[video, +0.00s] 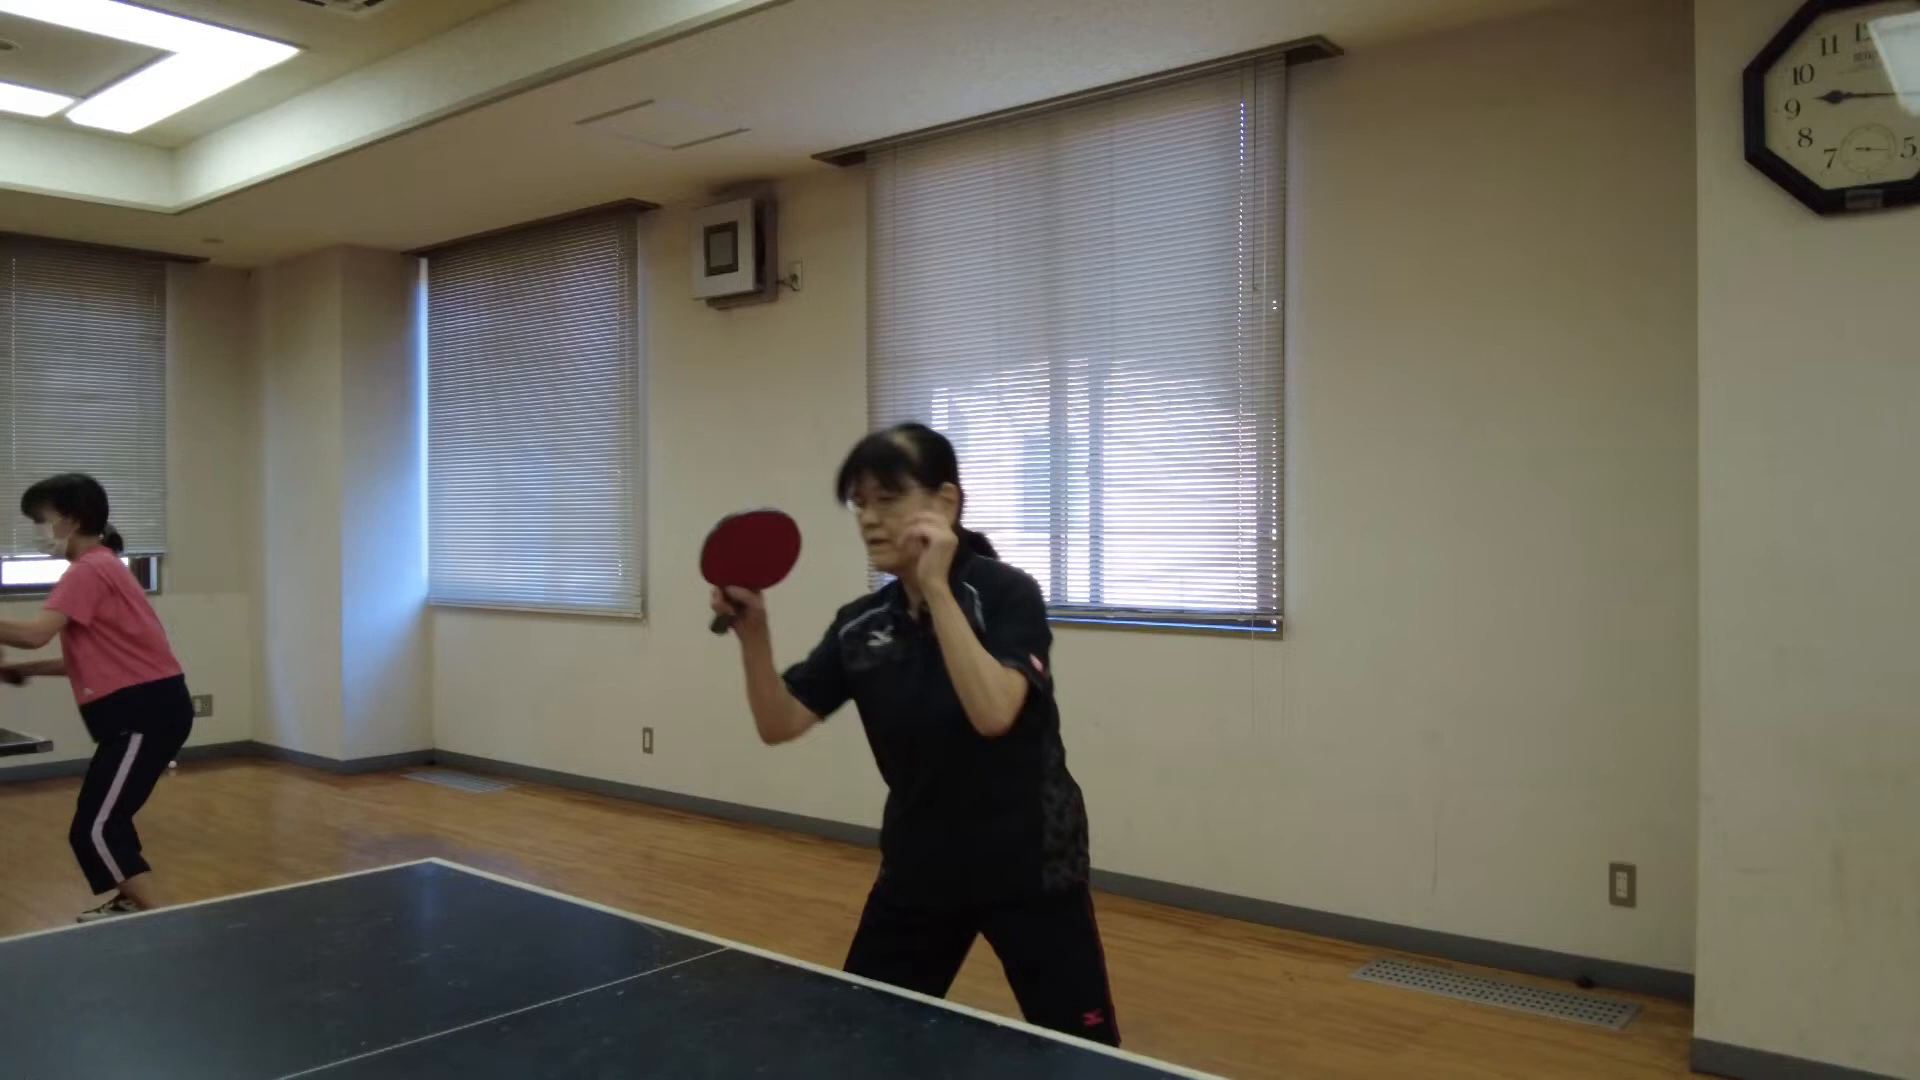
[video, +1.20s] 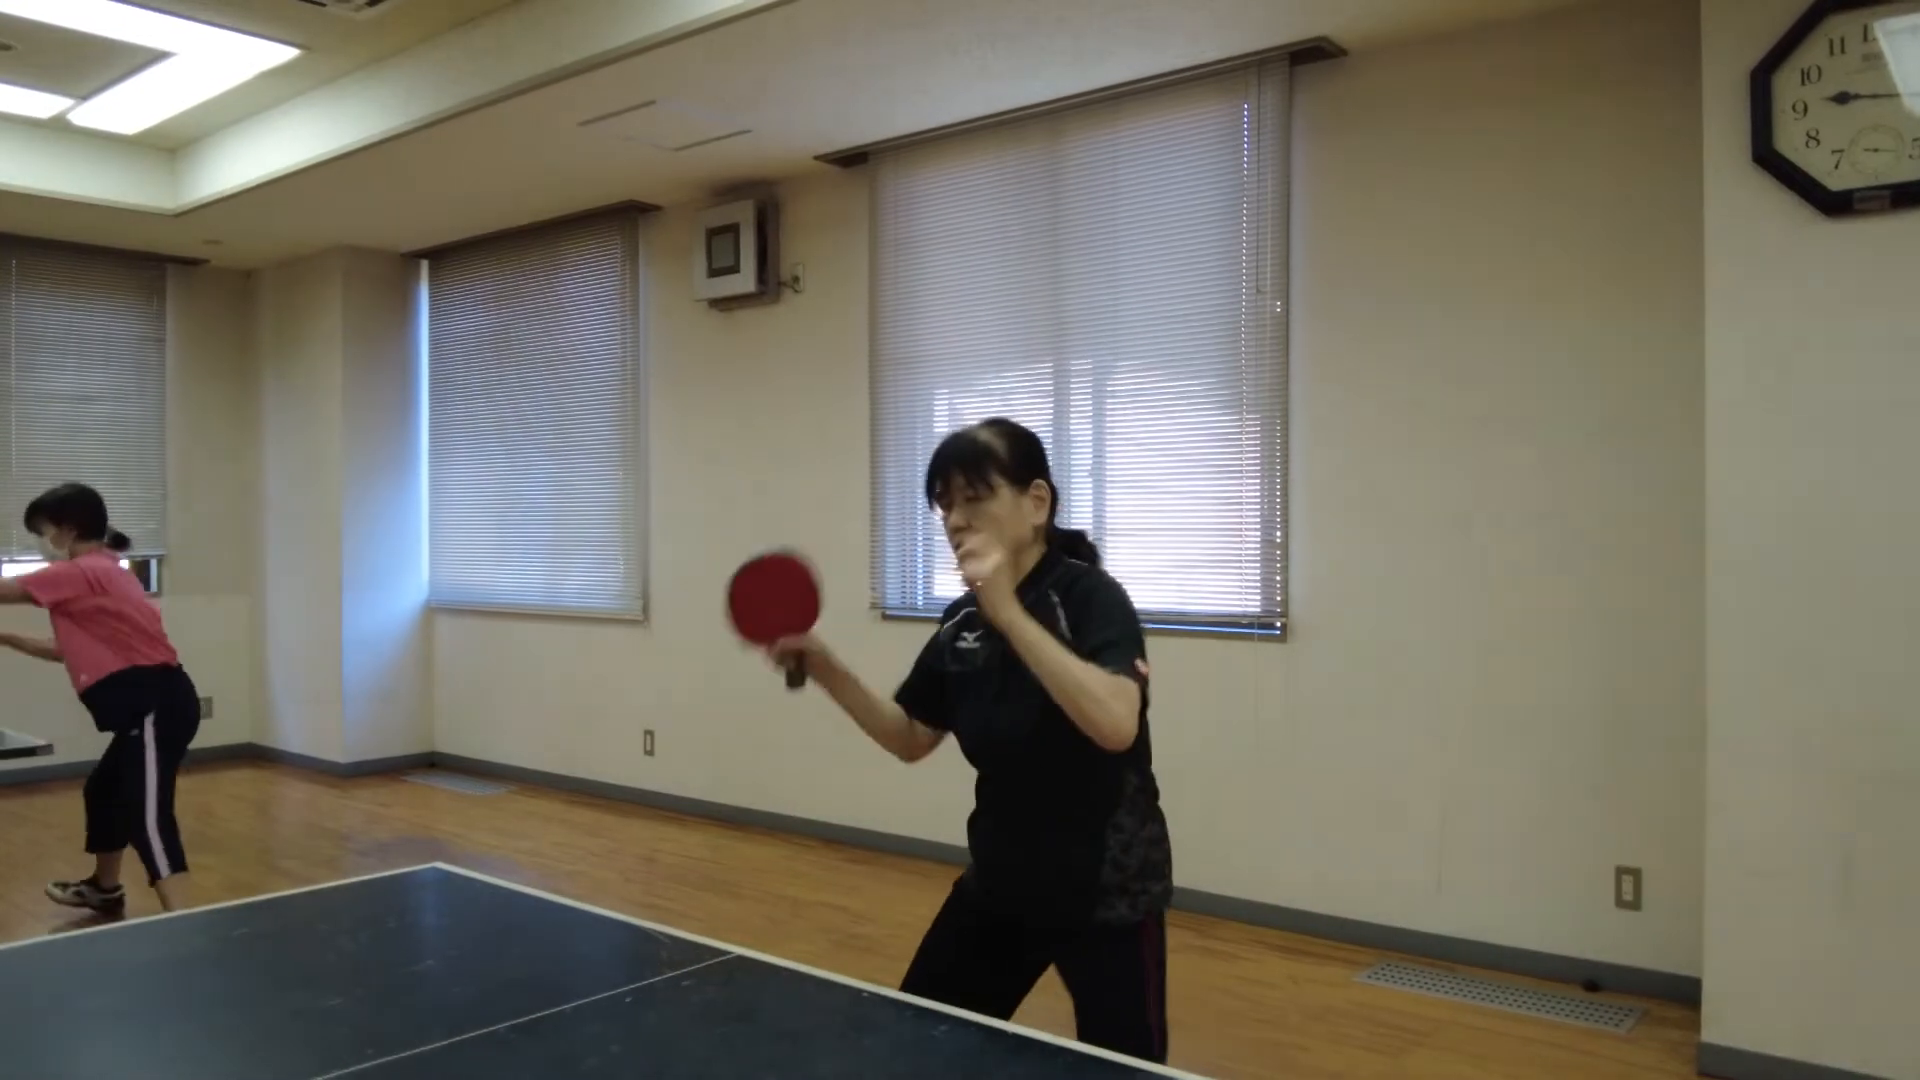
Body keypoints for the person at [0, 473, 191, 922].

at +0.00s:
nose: (44, 532)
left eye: (49, 521)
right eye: (42, 523)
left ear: (75, 519)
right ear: (77, 521)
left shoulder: (90, 568)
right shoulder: (100, 568)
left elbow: (35, 634)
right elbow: (90, 659)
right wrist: (28, 670)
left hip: (148, 712)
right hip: (135, 711)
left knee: (97, 826)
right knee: (98, 819)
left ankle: (161, 917)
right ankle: (133, 900)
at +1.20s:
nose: (45, 543)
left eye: (46, 532)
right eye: (42, 535)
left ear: (68, 527)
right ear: (88, 527)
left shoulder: (83, 571)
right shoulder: (107, 573)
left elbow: (10, 590)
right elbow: (71, 650)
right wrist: (9, 639)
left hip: (155, 701)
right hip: (150, 702)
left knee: (148, 816)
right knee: (103, 791)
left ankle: (186, 925)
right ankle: (105, 887)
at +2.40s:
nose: (5, 596)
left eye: (10, 586)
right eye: (4, 588)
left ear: (38, 584)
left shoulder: (48, 609)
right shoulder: (55, 656)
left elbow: (68, 611)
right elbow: (28, 707)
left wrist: (80, 592)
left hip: (144, 700)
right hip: (174, 704)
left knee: (55, 786)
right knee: (107, 789)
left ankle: (100, 868)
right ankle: (147, 877)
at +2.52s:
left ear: (14, 595)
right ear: (16, 596)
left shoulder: (42, 615)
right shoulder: (37, 653)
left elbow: (84, 608)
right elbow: (63, 727)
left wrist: (134, 584)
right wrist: (31, 774)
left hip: (131, 705)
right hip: (160, 709)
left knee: (42, 782)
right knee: (88, 790)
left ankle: (22, 883)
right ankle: (144, 874)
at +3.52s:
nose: (53, 527)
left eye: (58, 517)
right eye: (51, 518)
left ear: (86, 518)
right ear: (80, 521)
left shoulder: (104, 566)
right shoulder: (86, 573)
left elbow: (155, 618)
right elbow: (101, 648)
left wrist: (148, 676)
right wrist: (59, 680)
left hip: (145, 691)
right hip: (130, 692)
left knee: (89, 787)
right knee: (110, 785)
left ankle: (134, 890)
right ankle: (152, 873)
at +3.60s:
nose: (53, 524)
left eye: (61, 514)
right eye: (52, 515)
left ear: (90, 517)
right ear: (81, 521)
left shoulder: (109, 566)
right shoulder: (87, 572)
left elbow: (157, 628)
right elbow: (99, 650)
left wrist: (127, 687)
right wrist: (53, 680)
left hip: (149, 690)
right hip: (127, 691)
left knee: (107, 789)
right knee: (97, 785)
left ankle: (150, 896)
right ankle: (142, 874)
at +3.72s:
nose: (56, 517)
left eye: (66, 508)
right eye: (56, 508)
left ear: (97, 516)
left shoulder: (114, 569)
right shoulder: (88, 571)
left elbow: (152, 641)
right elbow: (98, 648)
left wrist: (101, 694)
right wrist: (51, 675)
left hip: (147, 694)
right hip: (123, 697)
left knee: (108, 804)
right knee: (105, 796)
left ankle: (159, 912)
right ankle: (139, 875)